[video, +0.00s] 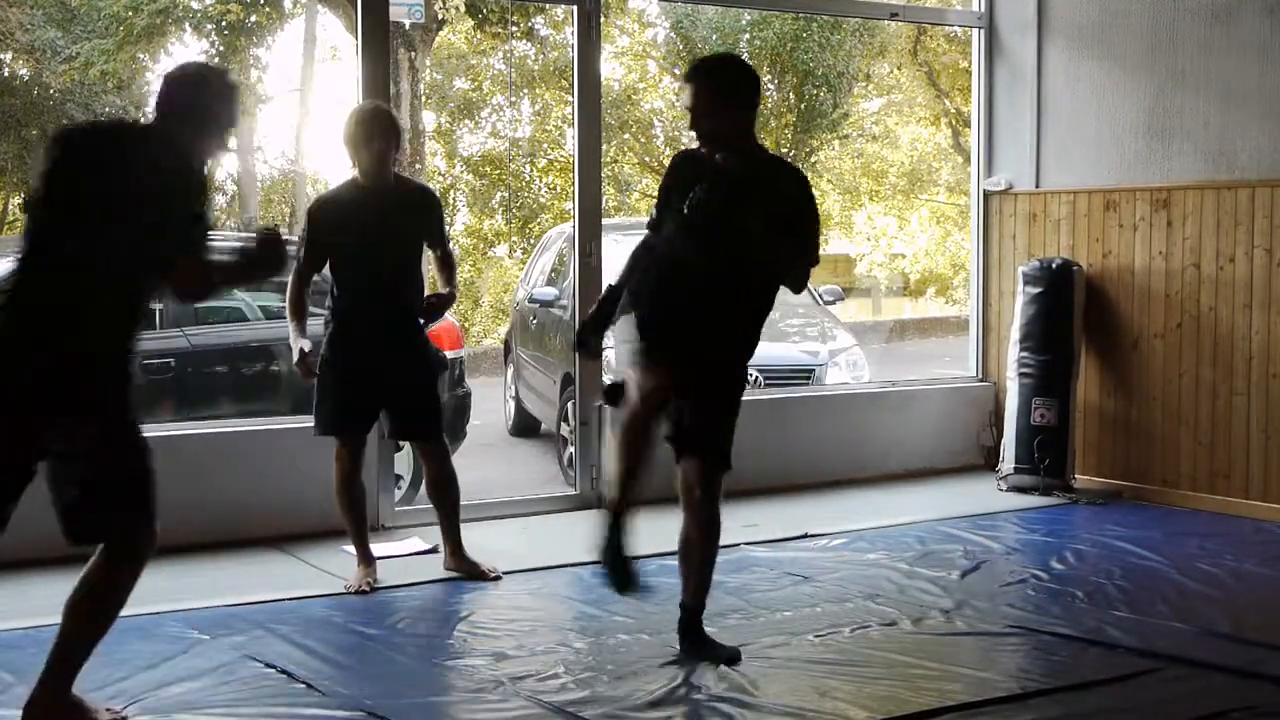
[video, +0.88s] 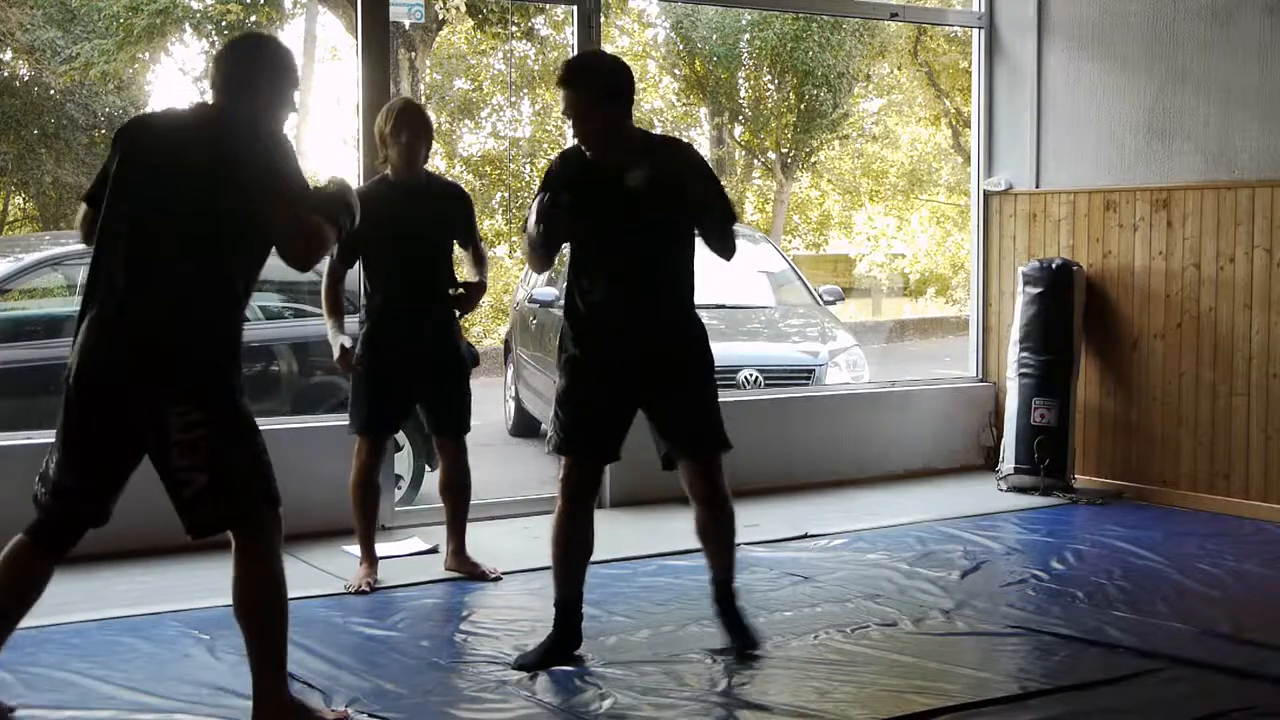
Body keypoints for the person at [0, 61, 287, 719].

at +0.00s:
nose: (226, 143)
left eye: (228, 131)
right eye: (224, 129)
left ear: (168, 104)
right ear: (200, 118)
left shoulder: (84, 142)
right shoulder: (176, 174)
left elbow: (45, 231)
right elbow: (185, 280)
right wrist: (253, 265)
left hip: (16, 354)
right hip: (89, 369)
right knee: (131, 537)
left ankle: (53, 692)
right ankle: (52, 694)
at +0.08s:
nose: (204, 141)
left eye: (208, 126)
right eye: (202, 124)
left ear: (146, 101)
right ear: (174, 114)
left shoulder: (64, 141)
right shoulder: (147, 169)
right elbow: (145, 278)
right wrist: (209, 255)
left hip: (9, 354)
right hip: (70, 366)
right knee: (126, 533)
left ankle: (51, 690)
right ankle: (51, 692)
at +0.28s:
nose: (175, 115)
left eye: (176, 102)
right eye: (172, 101)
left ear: (108, 85)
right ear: (144, 98)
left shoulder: (34, 130)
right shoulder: (111, 151)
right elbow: (142, 255)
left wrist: (150, 172)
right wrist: (173, 175)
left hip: (7, 352)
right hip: (59, 357)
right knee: (155, 509)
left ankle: (84, 670)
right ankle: (83, 670)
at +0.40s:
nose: (178, 108)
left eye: (179, 97)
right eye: (173, 96)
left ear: (110, 86)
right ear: (141, 94)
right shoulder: (111, 152)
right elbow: (156, 251)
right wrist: (175, 165)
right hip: (72, 368)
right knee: (185, 509)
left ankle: (184, 680)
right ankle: (184, 680)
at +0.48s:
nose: (193, 108)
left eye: (193, 95)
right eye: (189, 94)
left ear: (127, 84)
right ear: (163, 93)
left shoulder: (46, 138)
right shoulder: (149, 153)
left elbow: (17, 250)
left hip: (18, 363)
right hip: (94, 366)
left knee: (1, 530)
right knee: (192, 517)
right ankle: (253, 684)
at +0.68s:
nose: (262, 123)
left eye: (261, 108)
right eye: (259, 108)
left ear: (196, 94)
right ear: (237, 105)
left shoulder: (111, 149)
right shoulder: (228, 169)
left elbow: (62, 247)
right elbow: (257, 270)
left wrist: (137, 223)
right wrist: (284, 200)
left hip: (84, 374)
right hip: (169, 376)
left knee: (29, 536)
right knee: (255, 522)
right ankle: (272, 697)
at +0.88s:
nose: (288, 108)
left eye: (289, 96)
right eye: (288, 96)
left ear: (215, 80)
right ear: (277, 93)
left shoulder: (140, 133)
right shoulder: (268, 153)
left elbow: (90, 227)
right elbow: (305, 249)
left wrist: (174, 217)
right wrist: (333, 205)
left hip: (100, 371)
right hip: (195, 374)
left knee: (48, 531)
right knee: (257, 528)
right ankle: (272, 698)